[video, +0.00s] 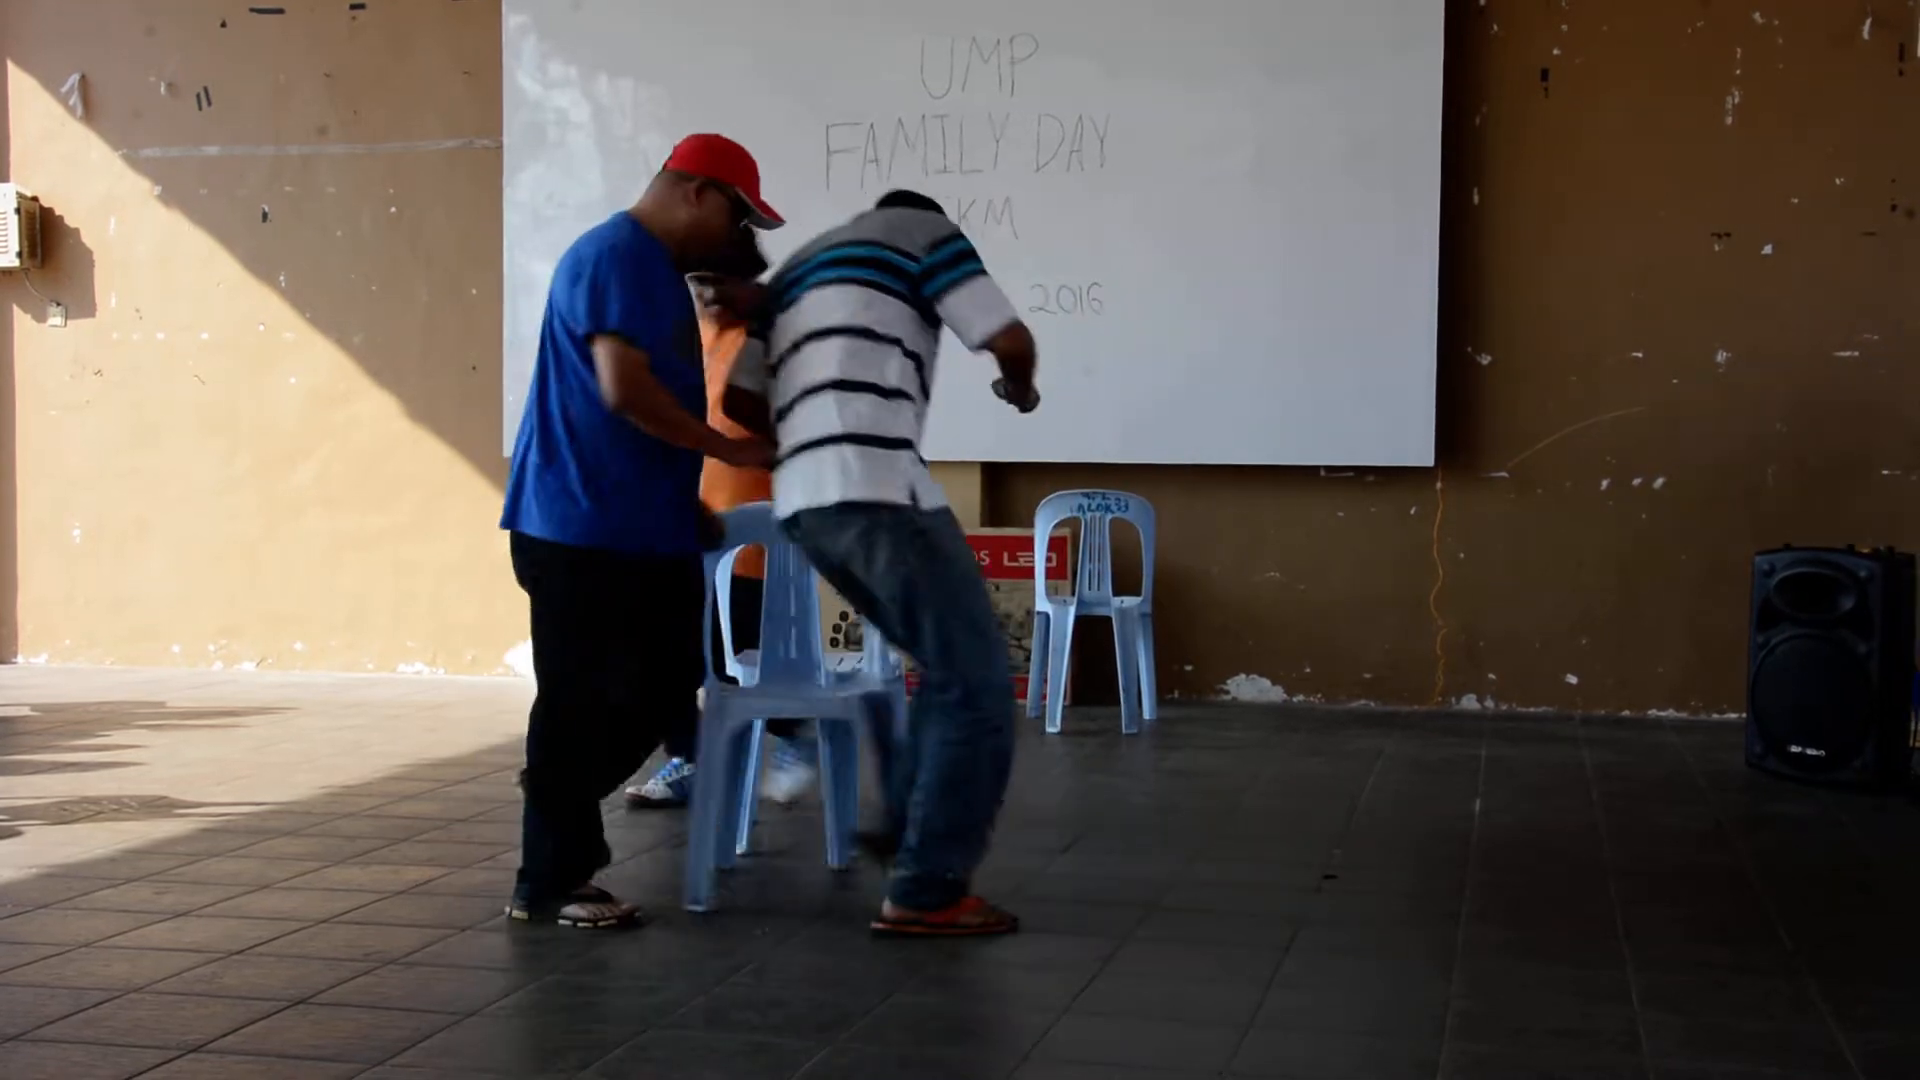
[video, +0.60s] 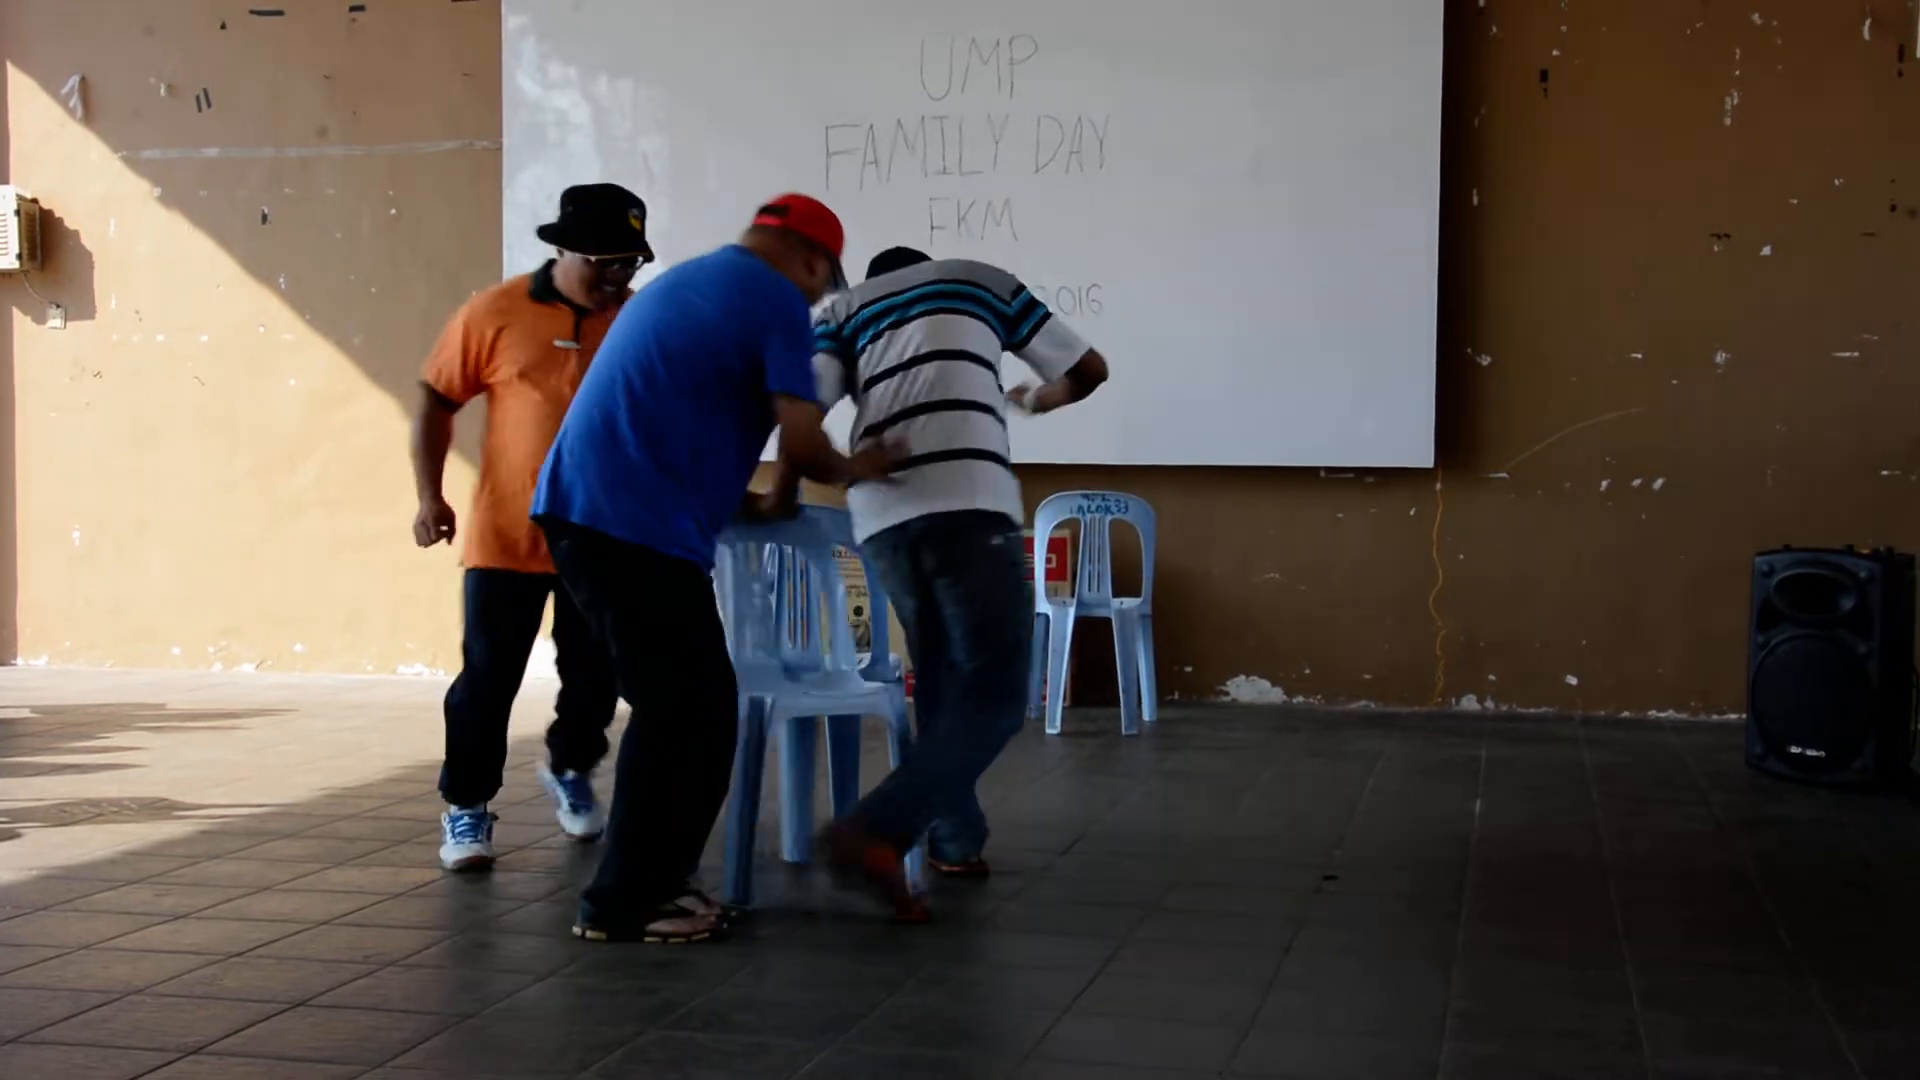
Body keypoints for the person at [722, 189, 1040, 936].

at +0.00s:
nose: (949, 248)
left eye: (946, 241)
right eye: (944, 236)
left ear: (872, 213)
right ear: (926, 218)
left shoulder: (794, 267)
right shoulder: (919, 226)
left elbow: (734, 396)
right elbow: (1012, 342)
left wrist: (807, 445)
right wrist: (1017, 387)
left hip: (805, 501)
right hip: (876, 487)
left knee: (940, 667)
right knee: (978, 680)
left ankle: (911, 846)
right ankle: (927, 893)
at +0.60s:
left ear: (867, 275)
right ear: (930, 262)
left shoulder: (841, 308)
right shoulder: (980, 279)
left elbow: (802, 413)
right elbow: (1088, 369)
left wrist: (778, 496)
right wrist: (1034, 400)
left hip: (885, 521)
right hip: (973, 503)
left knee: (936, 683)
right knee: (998, 697)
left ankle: (957, 843)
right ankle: (872, 830)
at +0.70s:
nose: (845, 298)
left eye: (845, 288)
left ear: (861, 270)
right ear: (925, 252)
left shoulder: (851, 297)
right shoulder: (982, 268)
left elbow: (817, 387)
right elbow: (1075, 373)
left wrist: (797, 488)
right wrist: (1011, 416)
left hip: (905, 510)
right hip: (999, 491)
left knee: (939, 675)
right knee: (1019, 673)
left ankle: (959, 848)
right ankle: (950, 798)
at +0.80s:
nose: (844, 287)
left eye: (845, 276)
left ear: (863, 259)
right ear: (918, 243)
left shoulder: (861, 283)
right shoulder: (994, 261)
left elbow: (846, 376)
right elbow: (1070, 373)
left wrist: (821, 470)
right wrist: (1019, 426)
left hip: (928, 499)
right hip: (1024, 487)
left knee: (946, 667)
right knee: (1032, 658)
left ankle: (963, 840)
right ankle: (1029, 817)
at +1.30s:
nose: (817, 242)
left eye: (819, 227)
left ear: (847, 221)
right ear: (869, 214)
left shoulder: (864, 293)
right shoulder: (936, 253)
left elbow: (905, 406)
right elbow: (1020, 316)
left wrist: (859, 468)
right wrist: (982, 386)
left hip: (953, 495)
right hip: (1026, 473)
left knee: (923, 653)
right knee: (996, 629)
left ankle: (962, 814)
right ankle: (1022, 773)